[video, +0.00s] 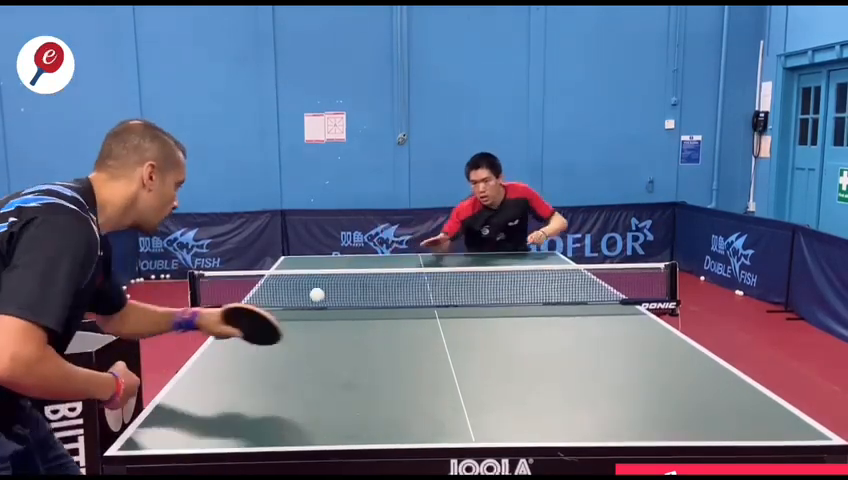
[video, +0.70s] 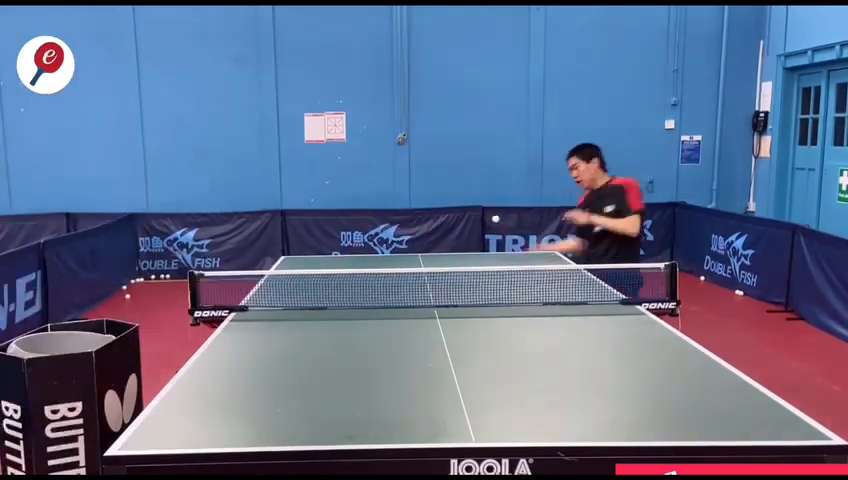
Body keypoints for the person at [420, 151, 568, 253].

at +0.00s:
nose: (481, 189)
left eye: (486, 181)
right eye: (475, 184)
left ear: (500, 178)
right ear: (471, 185)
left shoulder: (522, 194)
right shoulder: (465, 210)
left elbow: (561, 222)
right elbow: (445, 244)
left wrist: (545, 232)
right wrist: (440, 245)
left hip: (519, 272)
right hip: (479, 275)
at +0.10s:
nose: (493, 181)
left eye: (498, 173)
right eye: (487, 176)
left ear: (512, 171)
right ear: (483, 178)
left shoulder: (538, 187)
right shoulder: (483, 202)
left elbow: (568, 223)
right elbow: (466, 232)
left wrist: (534, 232)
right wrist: (459, 235)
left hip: (543, 265)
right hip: (505, 267)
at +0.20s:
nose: (499, 174)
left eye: (504, 167)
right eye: (493, 170)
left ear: (518, 164)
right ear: (489, 172)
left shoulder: (544, 181)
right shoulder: (493, 196)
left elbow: (566, 221)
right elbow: (477, 228)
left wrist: (527, 230)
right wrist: (468, 232)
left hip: (560, 255)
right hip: (524, 257)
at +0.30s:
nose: (501, 180)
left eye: (506, 172)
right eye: (496, 176)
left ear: (521, 169)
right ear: (492, 178)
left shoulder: (547, 186)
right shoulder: (504, 203)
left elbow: (558, 231)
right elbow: (492, 238)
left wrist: (515, 238)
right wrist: (469, 247)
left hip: (570, 256)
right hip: (539, 259)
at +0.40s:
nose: (507, 195)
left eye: (511, 187)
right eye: (502, 191)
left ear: (527, 184)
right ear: (499, 193)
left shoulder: (544, 199)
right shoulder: (521, 217)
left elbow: (540, 246)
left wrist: (501, 245)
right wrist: (503, 247)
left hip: (581, 267)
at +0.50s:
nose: (518, 203)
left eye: (521, 195)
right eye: (514, 200)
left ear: (539, 192)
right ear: (512, 202)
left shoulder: (548, 207)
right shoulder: (558, 205)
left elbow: (531, 249)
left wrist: (502, 237)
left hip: (589, 276)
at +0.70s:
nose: (574, 175)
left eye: (576, 168)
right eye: (571, 171)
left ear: (595, 162)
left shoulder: (627, 186)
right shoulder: (586, 201)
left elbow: (633, 228)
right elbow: (579, 244)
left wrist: (590, 218)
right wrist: (544, 249)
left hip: (622, 277)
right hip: (592, 277)